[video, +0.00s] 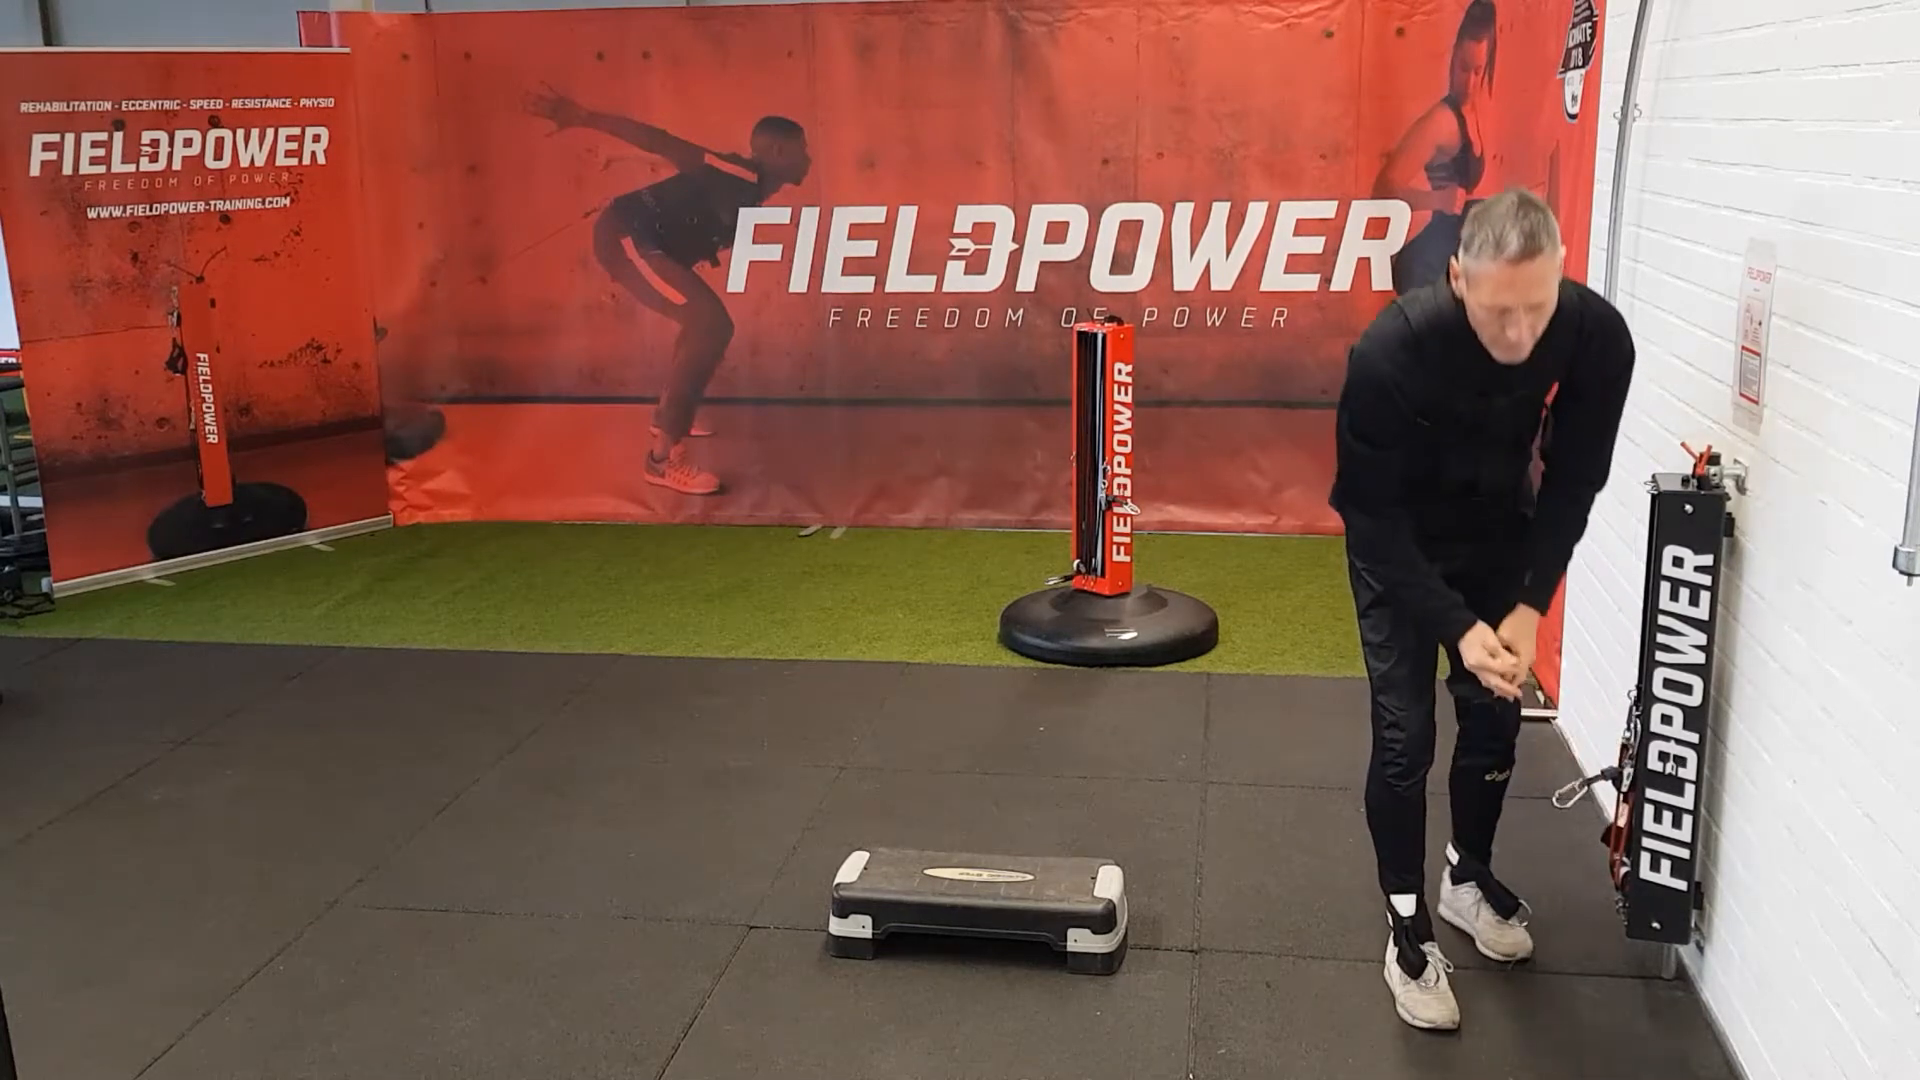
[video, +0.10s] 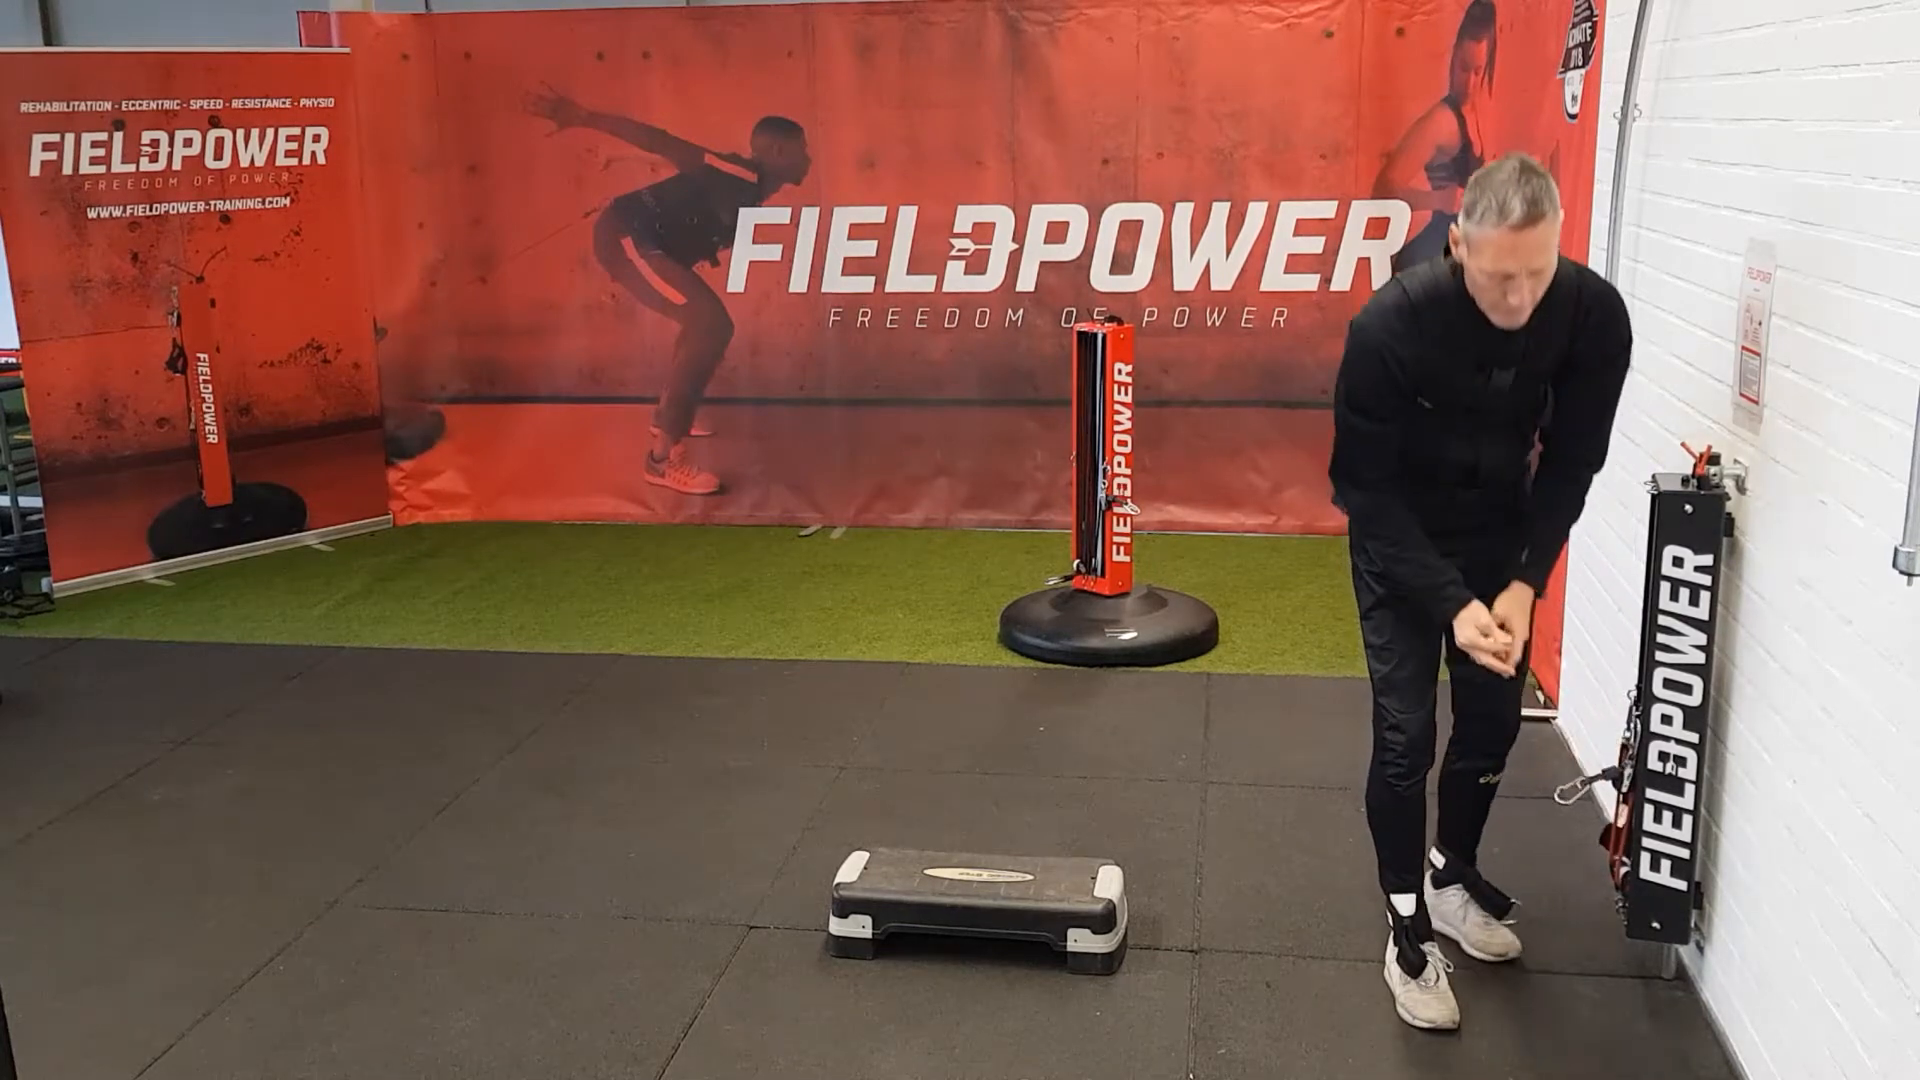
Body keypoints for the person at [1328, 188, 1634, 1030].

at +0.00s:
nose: (1517, 331)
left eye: (1534, 310)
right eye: (1497, 311)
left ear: (1561, 277)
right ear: (1459, 280)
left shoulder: (1596, 337)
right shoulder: (1391, 356)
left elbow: (1573, 484)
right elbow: (1373, 518)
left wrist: (1532, 604)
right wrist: (1459, 627)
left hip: (1497, 542)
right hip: (1398, 543)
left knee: (1491, 724)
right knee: (1406, 739)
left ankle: (1468, 880)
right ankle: (1407, 935)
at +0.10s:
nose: (1518, 296)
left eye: (1535, 275)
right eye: (1498, 276)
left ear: (1560, 245)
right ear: (1460, 244)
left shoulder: (1592, 314)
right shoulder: (1390, 328)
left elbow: (1571, 464)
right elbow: (1367, 491)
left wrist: (1526, 579)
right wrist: (1452, 602)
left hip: (1502, 546)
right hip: (1400, 544)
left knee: (1488, 728)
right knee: (1407, 740)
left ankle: (1452, 880)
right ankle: (1407, 929)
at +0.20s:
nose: (1524, 269)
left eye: (1541, 247)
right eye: (1505, 249)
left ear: (1562, 221)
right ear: (1462, 217)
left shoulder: (1593, 298)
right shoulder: (1392, 307)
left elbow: (1575, 447)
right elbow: (1363, 473)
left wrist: (1521, 559)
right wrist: (1444, 582)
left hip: (1505, 546)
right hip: (1401, 540)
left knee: (1485, 732)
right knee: (1410, 737)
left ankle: (1446, 884)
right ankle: (1407, 930)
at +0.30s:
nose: (1525, 255)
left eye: (1542, 233)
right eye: (1506, 234)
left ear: (1562, 209)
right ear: (1463, 204)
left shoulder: (1591, 294)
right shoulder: (1394, 293)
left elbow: (1579, 442)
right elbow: (1355, 451)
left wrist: (1524, 551)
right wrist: (1430, 572)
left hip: (1511, 543)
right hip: (1401, 539)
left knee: (1490, 733)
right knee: (1410, 735)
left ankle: (1449, 881)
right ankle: (1404, 923)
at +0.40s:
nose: (1523, 247)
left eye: (1541, 225)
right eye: (1504, 226)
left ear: (1560, 203)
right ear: (1461, 198)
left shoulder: (1589, 293)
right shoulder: (1394, 287)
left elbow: (1585, 446)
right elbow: (1343, 440)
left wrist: (1530, 559)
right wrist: (1409, 567)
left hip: (1511, 539)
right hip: (1400, 534)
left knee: (1493, 733)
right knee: (1408, 732)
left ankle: (1449, 884)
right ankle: (1392, 926)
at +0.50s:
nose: (1518, 248)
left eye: (1536, 226)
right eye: (1498, 226)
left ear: (1559, 204)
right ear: (1457, 198)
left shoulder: (1590, 299)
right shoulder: (1388, 293)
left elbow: (1589, 451)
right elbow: (1332, 437)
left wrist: (1541, 575)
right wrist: (1382, 570)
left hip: (1509, 558)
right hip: (1401, 553)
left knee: (1488, 741)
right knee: (1403, 750)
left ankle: (1446, 882)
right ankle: (1383, 969)